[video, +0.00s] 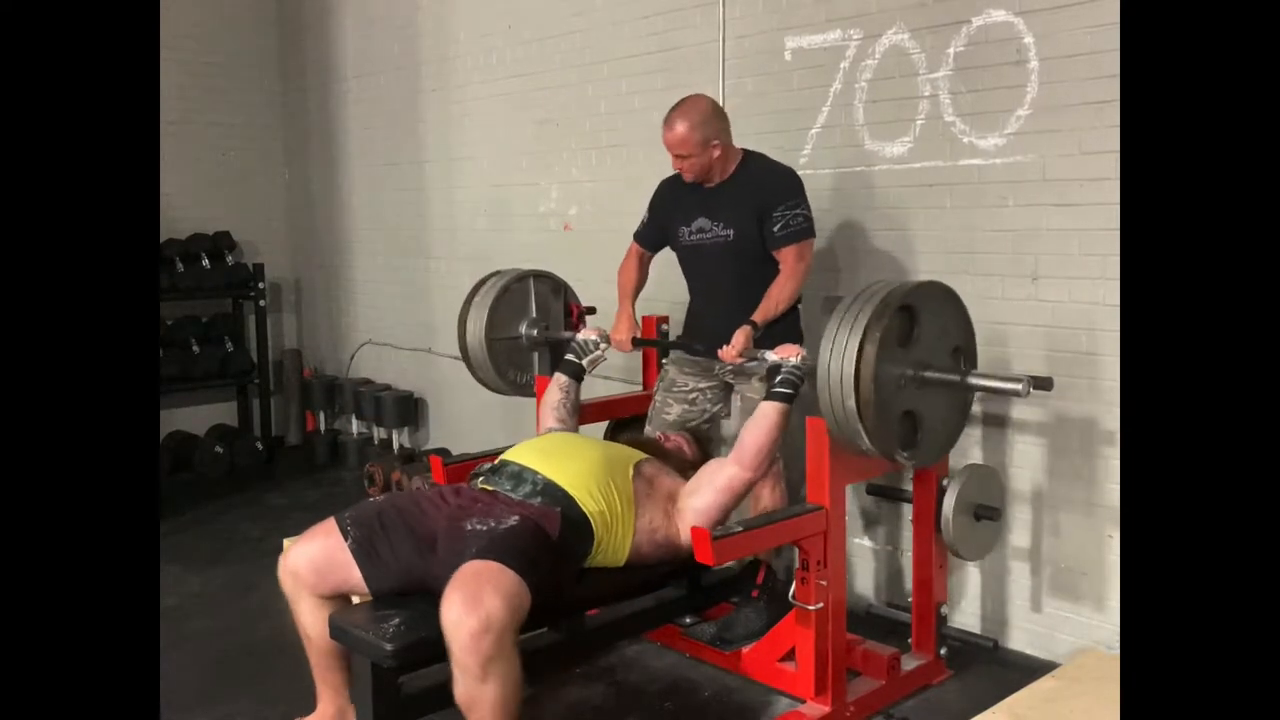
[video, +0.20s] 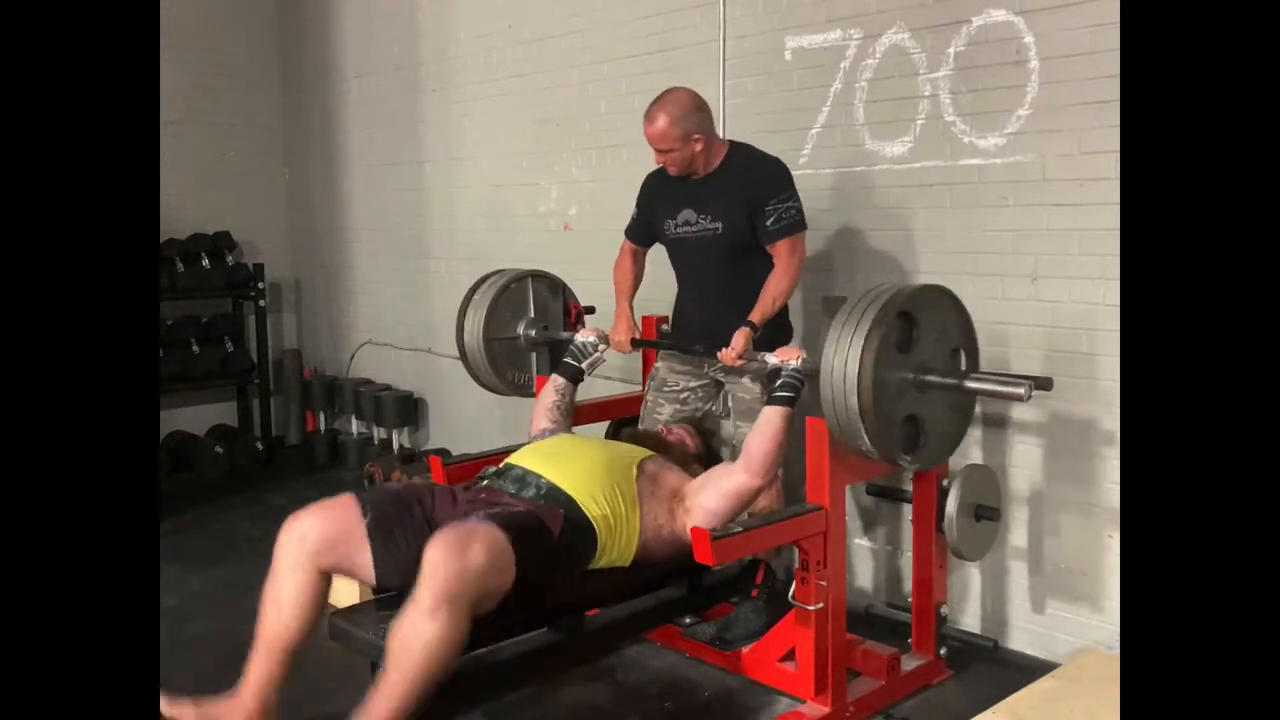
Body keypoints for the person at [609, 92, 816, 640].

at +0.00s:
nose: (675, 167)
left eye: (683, 157)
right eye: (671, 156)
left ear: (718, 145)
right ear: (676, 148)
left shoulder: (775, 184)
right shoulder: (672, 195)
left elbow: (795, 270)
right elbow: (638, 254)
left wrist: (753, 327)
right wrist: (624, 310)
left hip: (763, 354)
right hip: (697, 351)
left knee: (758, 465)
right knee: (664, 450)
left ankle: (772, 592)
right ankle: (698, 573)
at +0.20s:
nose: (658, 162)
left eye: (666, 151)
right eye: (654, 151)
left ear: (701, 138)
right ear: (660, 142)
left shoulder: (763, 175)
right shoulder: (659, 187)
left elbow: (790, 262)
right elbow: (632, 250)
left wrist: (752, 326)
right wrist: (623, 311)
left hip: (752, 358)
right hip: (685, 353)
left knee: (758, 474)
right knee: (660, 460)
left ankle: (771, 591)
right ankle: (698, 584)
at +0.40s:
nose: (638, 161)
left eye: (645, 151)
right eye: (634, 151)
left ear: (679, 138)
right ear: (655, 140)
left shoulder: (750, 171)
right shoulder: (644, 182)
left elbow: (785, 258)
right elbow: (624, 248)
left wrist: (754, 328)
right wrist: (624, 313)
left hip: (743, 354)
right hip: (673, 353)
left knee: (754, 476)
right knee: (656, 465)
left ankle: (769, 592)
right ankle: (685, 589)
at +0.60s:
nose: (650, 160)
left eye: (657, 148)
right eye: (643, 149)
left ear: (690, 128)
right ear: (638, 140)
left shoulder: (752, 173)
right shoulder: (648, 183)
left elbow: (807, 246)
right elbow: (633, 246)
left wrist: (759, 314)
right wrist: (622, 309)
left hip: (743, 358)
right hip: (674, 354)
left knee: (756, 483)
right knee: (655, 469)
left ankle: (769, 594)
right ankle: (679, 590)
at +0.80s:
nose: (679, 150)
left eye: (686, 135)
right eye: (668, 141)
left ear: (711, 114)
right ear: (659, 134)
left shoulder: (766, 169)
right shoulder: (668, 180)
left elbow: (812, 247)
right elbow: (646, 247)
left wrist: (759, 316)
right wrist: (624, 306)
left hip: (748, 358)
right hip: (683, 352)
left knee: (758, 473)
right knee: (669, 458)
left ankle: (768, 591)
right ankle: (684, 579)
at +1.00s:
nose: (682, 147)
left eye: (689, 131)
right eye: (670, 139)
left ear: (712, 113)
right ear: (659, 134)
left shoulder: (765, 171)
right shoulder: (665, 183)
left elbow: (800, 251)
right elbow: (642, 250)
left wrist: (770, 328)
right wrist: (621, 308)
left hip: (749, 356)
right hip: (686, 351)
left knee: (761, 472)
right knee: (688, 468)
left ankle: (773, 591)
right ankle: (693, 578)